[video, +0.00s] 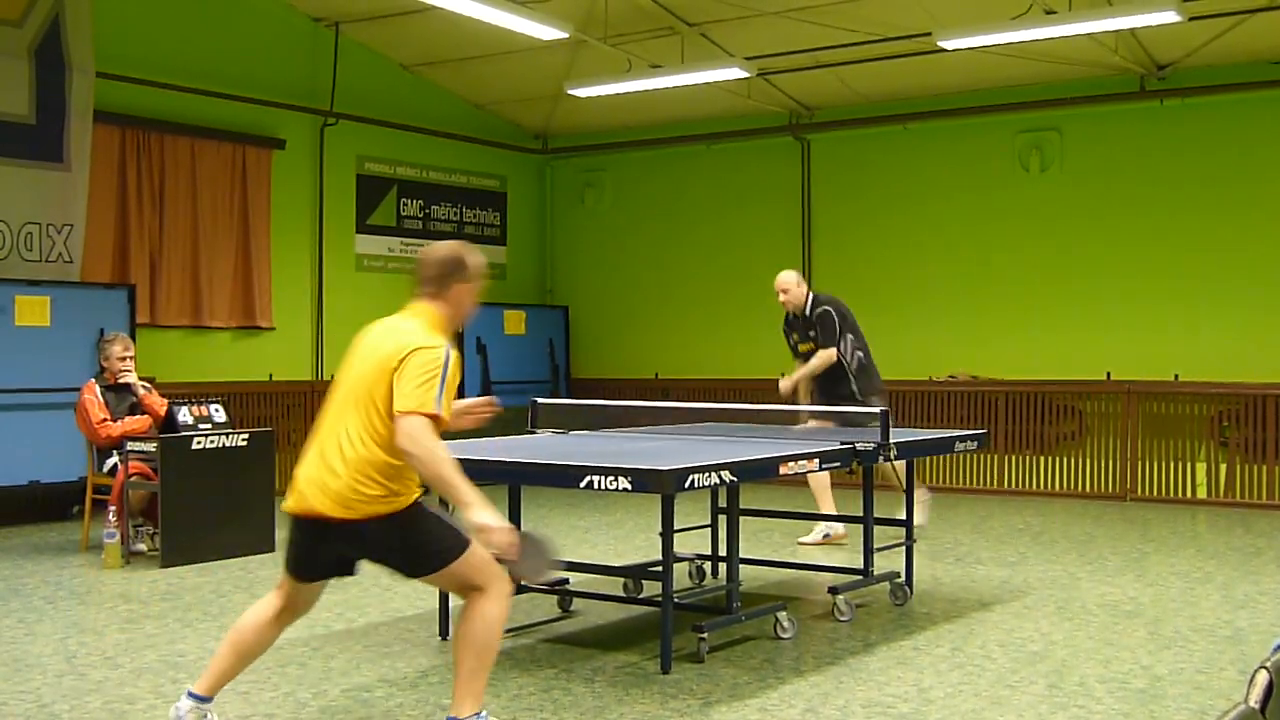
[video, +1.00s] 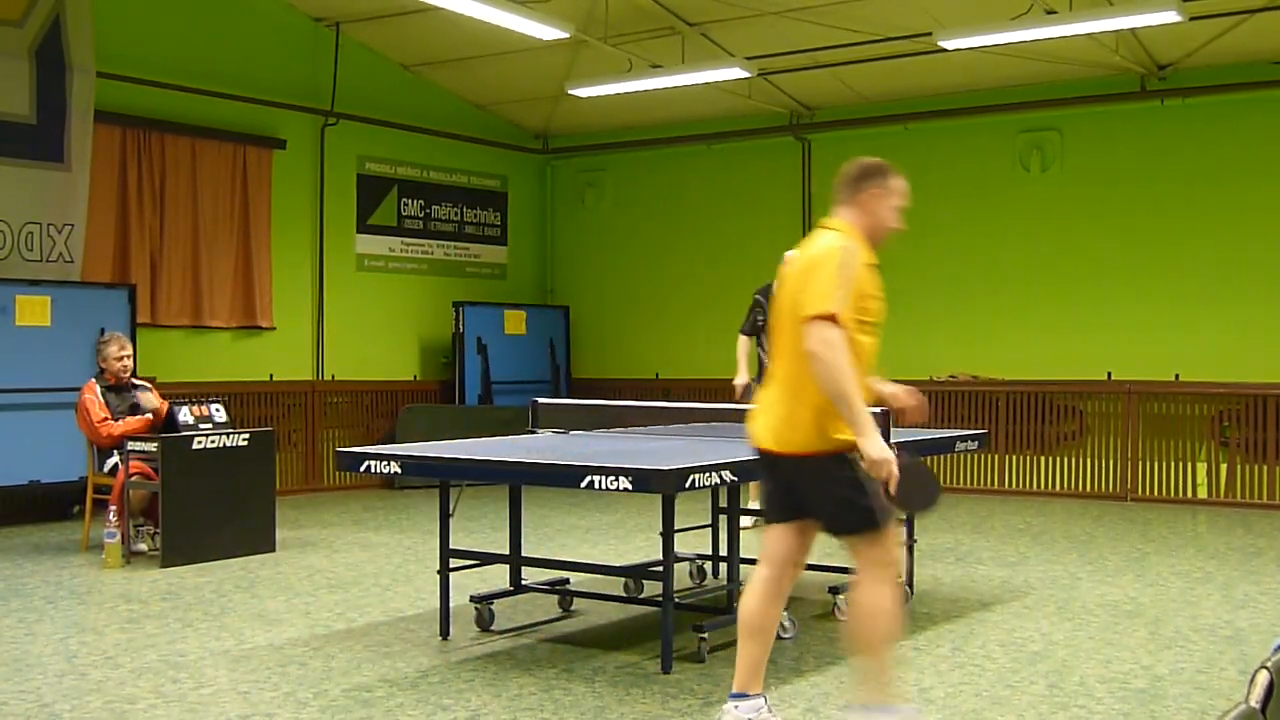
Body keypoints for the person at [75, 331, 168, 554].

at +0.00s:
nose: (128, 364)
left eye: (131, 359)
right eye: (121, 359)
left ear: (135, 360)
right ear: (104, 362)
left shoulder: (142, 388)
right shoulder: (90, 392)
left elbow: (169, 418)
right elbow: (102, 434)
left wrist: (139, 391)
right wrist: (146, 422)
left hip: (150, 453)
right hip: (115, 455)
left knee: (174, 478)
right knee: (140, 481)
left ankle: (154, 526)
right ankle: (134, 525)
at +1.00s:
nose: (126, 364)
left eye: (129, 358)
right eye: (119, 359)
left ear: (134, 359)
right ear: (103, 363)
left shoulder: (144, 387)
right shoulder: (90, 393)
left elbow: (168, 421)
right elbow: (104, 433)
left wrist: (157, 406)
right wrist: (148, 420)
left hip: (151, 451)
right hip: (116, 454)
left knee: (173, 475)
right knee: (141, 480)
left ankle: (156, 526)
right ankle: (135, 524)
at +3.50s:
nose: (120, 357)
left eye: (123, 352)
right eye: (113, 351)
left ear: (128, 355)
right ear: (96, 355)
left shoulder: (133, 381)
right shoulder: (84, 385)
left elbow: (162, 413)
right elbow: (98, 427)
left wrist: (136, 379)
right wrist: (142, 415)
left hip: (147, 446)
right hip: (112, 449)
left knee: (172, 469)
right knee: (135, 475)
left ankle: (152, 521)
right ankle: (129, 521)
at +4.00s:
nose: (121, 358)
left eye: (125, 353)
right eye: (115, 353)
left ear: (129, 355)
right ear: (98, 355)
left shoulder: (134, 381)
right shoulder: (85, 385)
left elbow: (160, 413)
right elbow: (98, 428)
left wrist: (137, 382)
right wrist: (141, 416)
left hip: (146, 446)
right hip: (112, 449)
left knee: (172, 469)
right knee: (135, 475)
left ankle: (153, 521)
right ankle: (130, 520)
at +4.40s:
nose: (120, 356)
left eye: (124, 351)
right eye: (113, 351)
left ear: (129, 354)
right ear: (97, 356)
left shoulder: (137, 381)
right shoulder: (85, 385)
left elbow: (162, 413)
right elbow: (98, 428)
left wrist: (135, 382)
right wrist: (142, 415)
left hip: (146, 445)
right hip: (112, 449)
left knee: (170, 469)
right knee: (136, 475)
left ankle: (149, 520)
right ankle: (128, 520)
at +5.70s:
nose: (121, 357)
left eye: (124, 352)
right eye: (114, 351)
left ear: (128, 354)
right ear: (97, 355)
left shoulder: (136, 382)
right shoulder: (84, 385)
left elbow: (162, 412)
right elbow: (97, 428)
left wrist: (132, 383)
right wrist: (141, 416)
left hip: (146, 446)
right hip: (111, 449)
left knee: (171, 471)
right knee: (133, 476)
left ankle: (150, 520)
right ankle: (128, 520)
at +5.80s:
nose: (120, 357)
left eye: (124, 352)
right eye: (114, 351)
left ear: (128, 354)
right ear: (97, 355)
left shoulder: (137, 381)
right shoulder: (85, 384)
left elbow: (162, 413)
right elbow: (97, 428)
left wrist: (132, 383)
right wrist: (141, 416)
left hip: (146, 447)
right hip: (111, 450)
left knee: (171, 469)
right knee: (133, 475)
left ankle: (149, 519)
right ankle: (129, 520)